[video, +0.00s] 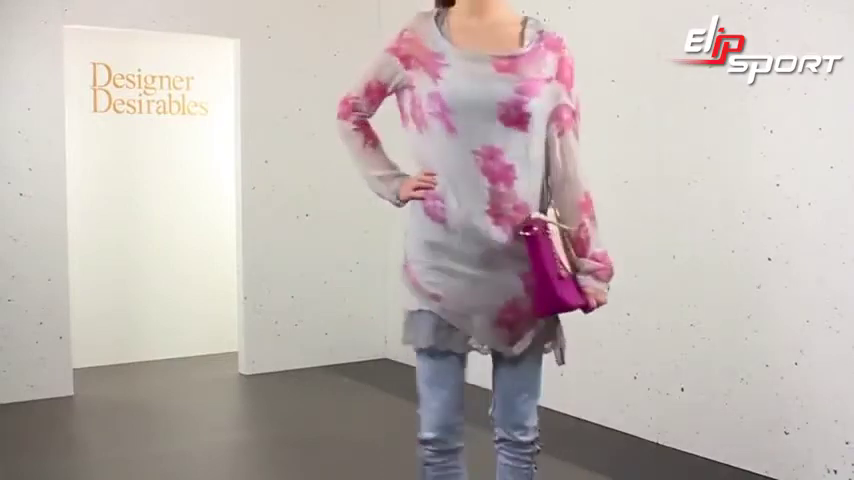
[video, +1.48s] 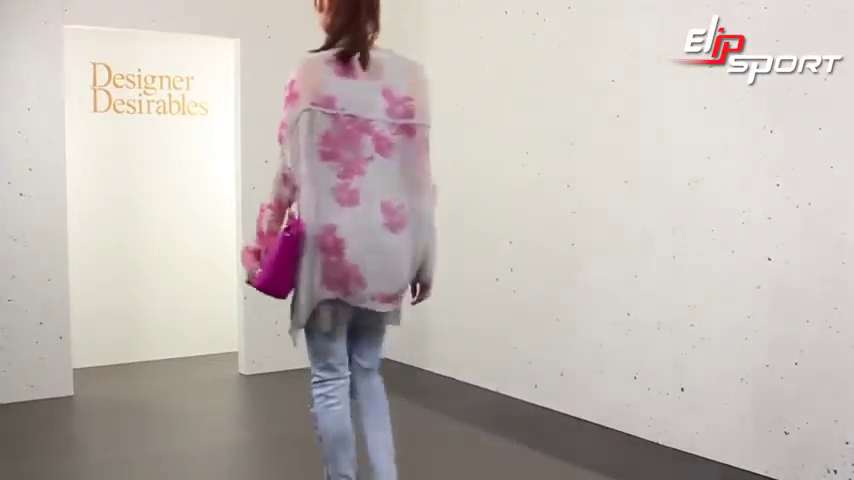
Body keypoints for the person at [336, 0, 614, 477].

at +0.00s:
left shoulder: (547, 48)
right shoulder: (418, 38)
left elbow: (566, 165)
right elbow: (352, 112)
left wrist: (590, 263)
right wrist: (392, 183)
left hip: (522, 261)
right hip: (439, 258)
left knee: (519, 435)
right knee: (437, 435)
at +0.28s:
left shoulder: (506, 45)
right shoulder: (419, 42)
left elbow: (524, 163)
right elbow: (398, 137)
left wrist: (542, 271)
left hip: (487, 266)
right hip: (420, 264)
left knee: (493, 427)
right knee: (421, 419)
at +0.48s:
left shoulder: (461, 54)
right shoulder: (430, 52)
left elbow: (471, 178)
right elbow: (422, 179)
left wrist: (463, 285)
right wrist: (405, 281)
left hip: (454, 289)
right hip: (418, 285)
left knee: (468, 426)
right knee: (424, 420)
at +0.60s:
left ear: (408, 0)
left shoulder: (431, 59)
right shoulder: (452, 52)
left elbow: (425, 183)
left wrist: (405, 288)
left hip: (433, 281)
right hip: (438, 276)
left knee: (442, 422)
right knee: (420, 415)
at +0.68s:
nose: (390, 1)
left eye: (391, 1)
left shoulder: (410, 60)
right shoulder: (467, 45)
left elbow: (393, 182)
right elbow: (502, 130)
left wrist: (367, 283)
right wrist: (466, 203)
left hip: (420, 266)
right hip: (460, 262)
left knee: (404, 419)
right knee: (436, 408)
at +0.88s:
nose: (370, 9)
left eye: (368, 4)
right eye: (366, 4)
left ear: (380, 0)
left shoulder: (379, 49)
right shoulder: (468, 54)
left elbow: (359, 168)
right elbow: (501, 162)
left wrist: (326, 267)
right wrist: (463, 235)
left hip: (389, 253)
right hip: (456, 258)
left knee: (351, 394)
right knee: (435, 408)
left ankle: (376, 474)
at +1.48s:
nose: (318, 12)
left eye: (320, 4)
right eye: (319, 4)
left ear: (330, 11)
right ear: (372, 10)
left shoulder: (310, 73)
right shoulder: (408, 75)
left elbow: (289, 172)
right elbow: (420, 176)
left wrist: (260, 248)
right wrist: (424, 259)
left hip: (326, 242)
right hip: (389, 242)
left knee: (329, 375)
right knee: (368, 369)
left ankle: (341, 475)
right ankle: (386, 474)